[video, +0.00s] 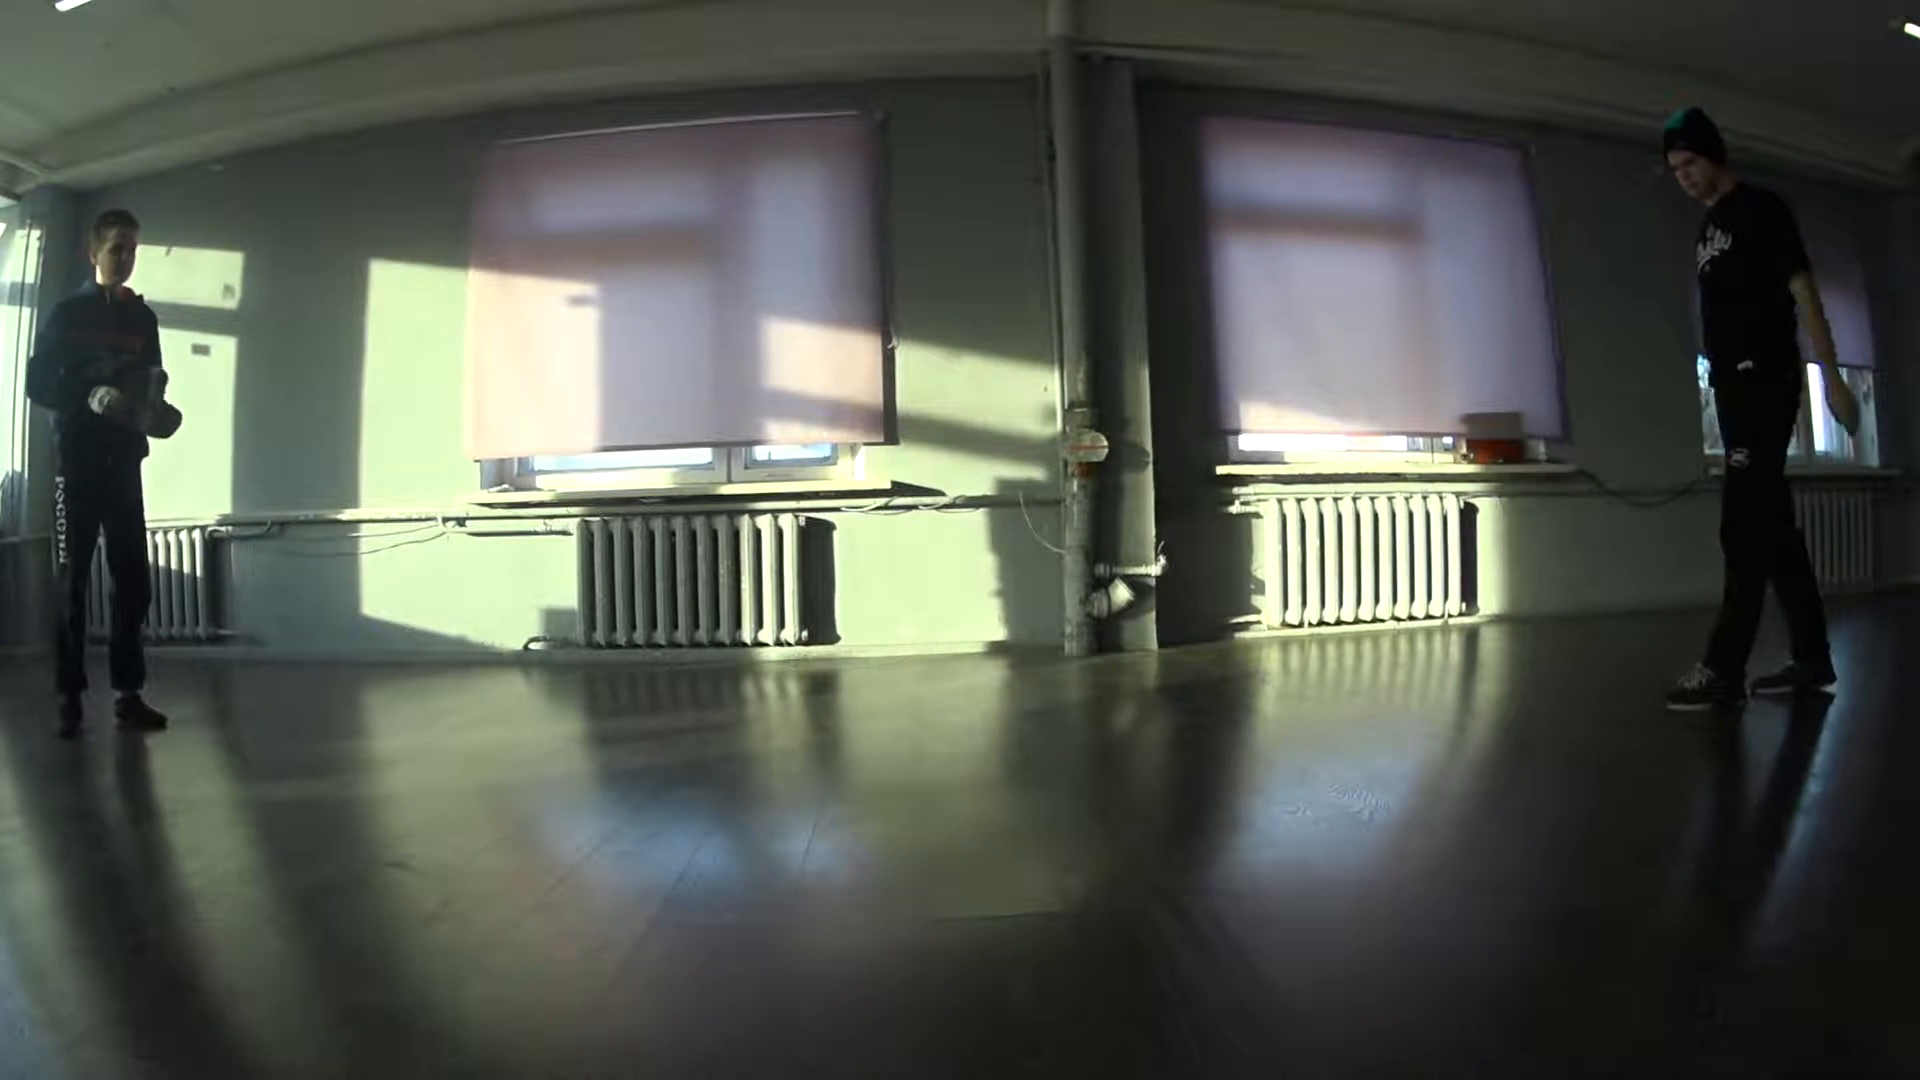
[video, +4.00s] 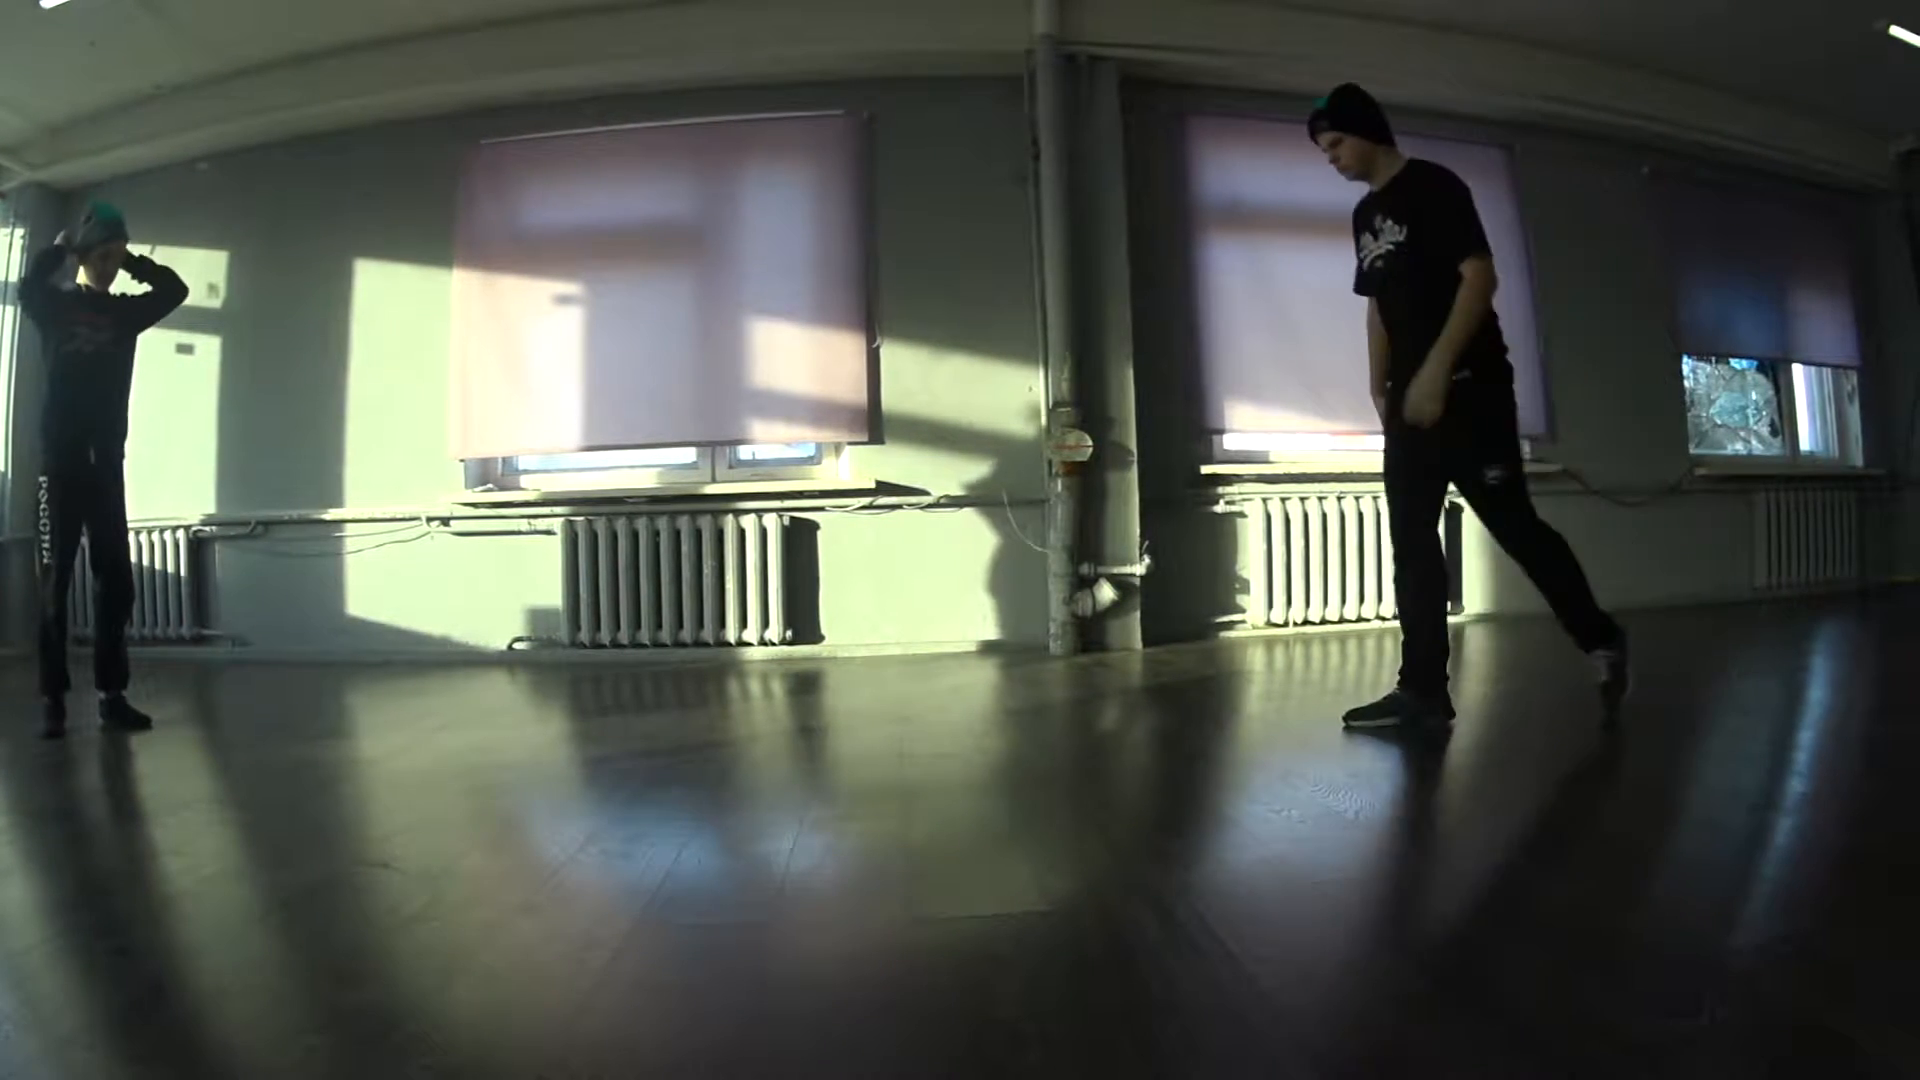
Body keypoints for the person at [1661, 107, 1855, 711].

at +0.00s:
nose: (1684, 176)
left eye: (1690, 163)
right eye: (1676, 169)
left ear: (1717, 157)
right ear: (1675, 173)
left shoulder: (1762, 209)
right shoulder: (1710, 223)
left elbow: (1806, 298)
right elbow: (1725, 311)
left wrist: (1833, 379)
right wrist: (1720, 389)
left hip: (1768, 384)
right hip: (1736, 387)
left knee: (1742, 526)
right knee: (1773, 526)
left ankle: (1723, 672)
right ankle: (1813, 661)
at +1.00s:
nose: (1645, 149)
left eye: (1650, 137)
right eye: (1643, 139)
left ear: (1676, 136)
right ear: (1680, 137)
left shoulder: (1709, 196)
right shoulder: (1699, 196)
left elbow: (1719, 295)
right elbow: (1712, 296)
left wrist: (1699, 386)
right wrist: (1694, 379)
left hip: (1722, 381)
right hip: (1716, 380)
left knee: (1716, 528)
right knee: (1722, 525)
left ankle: (1717, 670)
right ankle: (1783, 649)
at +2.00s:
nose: (1707, 172)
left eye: (1709, 161)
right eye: (1708, 161)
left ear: (1725, 158)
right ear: (1755, 157)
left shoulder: (1742, 206)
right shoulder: (1779, 207)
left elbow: (1736, 295)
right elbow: (1782, 307)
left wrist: (1711, 379)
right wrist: (1737, 373)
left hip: (1757, 387)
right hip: (1791, 387)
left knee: (1736, 525)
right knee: (1790, 525)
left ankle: (1718, 659)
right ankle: (1803, 665)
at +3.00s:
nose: (1632, 152)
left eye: (1636, 139)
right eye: (1629, 141)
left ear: (1665, 136)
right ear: (1666, 138)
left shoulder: (1696, 194)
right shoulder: (1685, 194)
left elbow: (1706, 287)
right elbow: (1688, 298)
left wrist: (1684, 385)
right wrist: (1668, 377)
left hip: (1721, 380)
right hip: (1716, 379)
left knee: (1712, 527)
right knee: (1746, 519)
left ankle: (1709, 675)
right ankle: (1795, 658)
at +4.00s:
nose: (1331, 158)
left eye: (1337, 143)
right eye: (1325, 149)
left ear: (1370, 132)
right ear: (1336, 152)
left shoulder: (1435, 185)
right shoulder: (1365, 213)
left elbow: (1480, 280)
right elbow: (1379, 307)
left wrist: (1436, 369)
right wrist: (1379, 382)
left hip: (1473, 386)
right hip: (1412, 393)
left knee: (1514, 525)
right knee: (1412, 542)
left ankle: (1602, 639)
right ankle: (1423, 691)